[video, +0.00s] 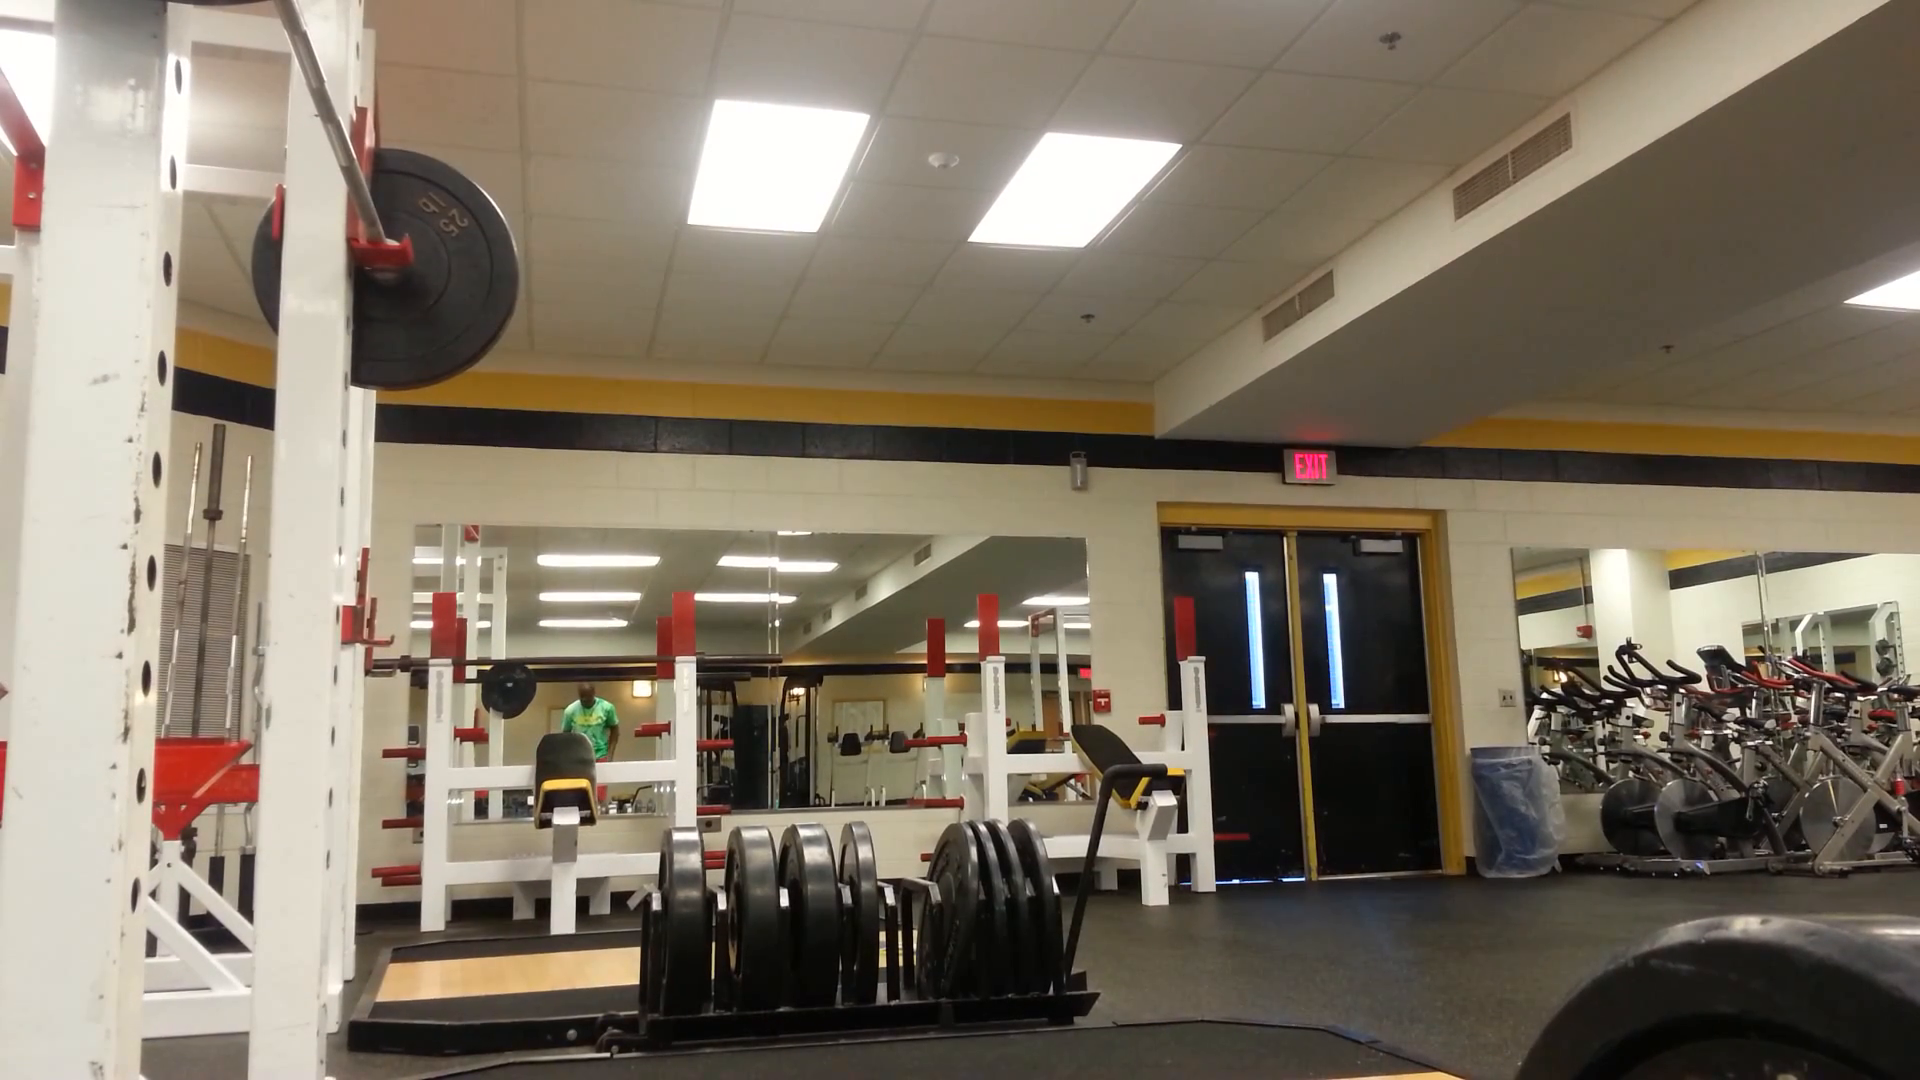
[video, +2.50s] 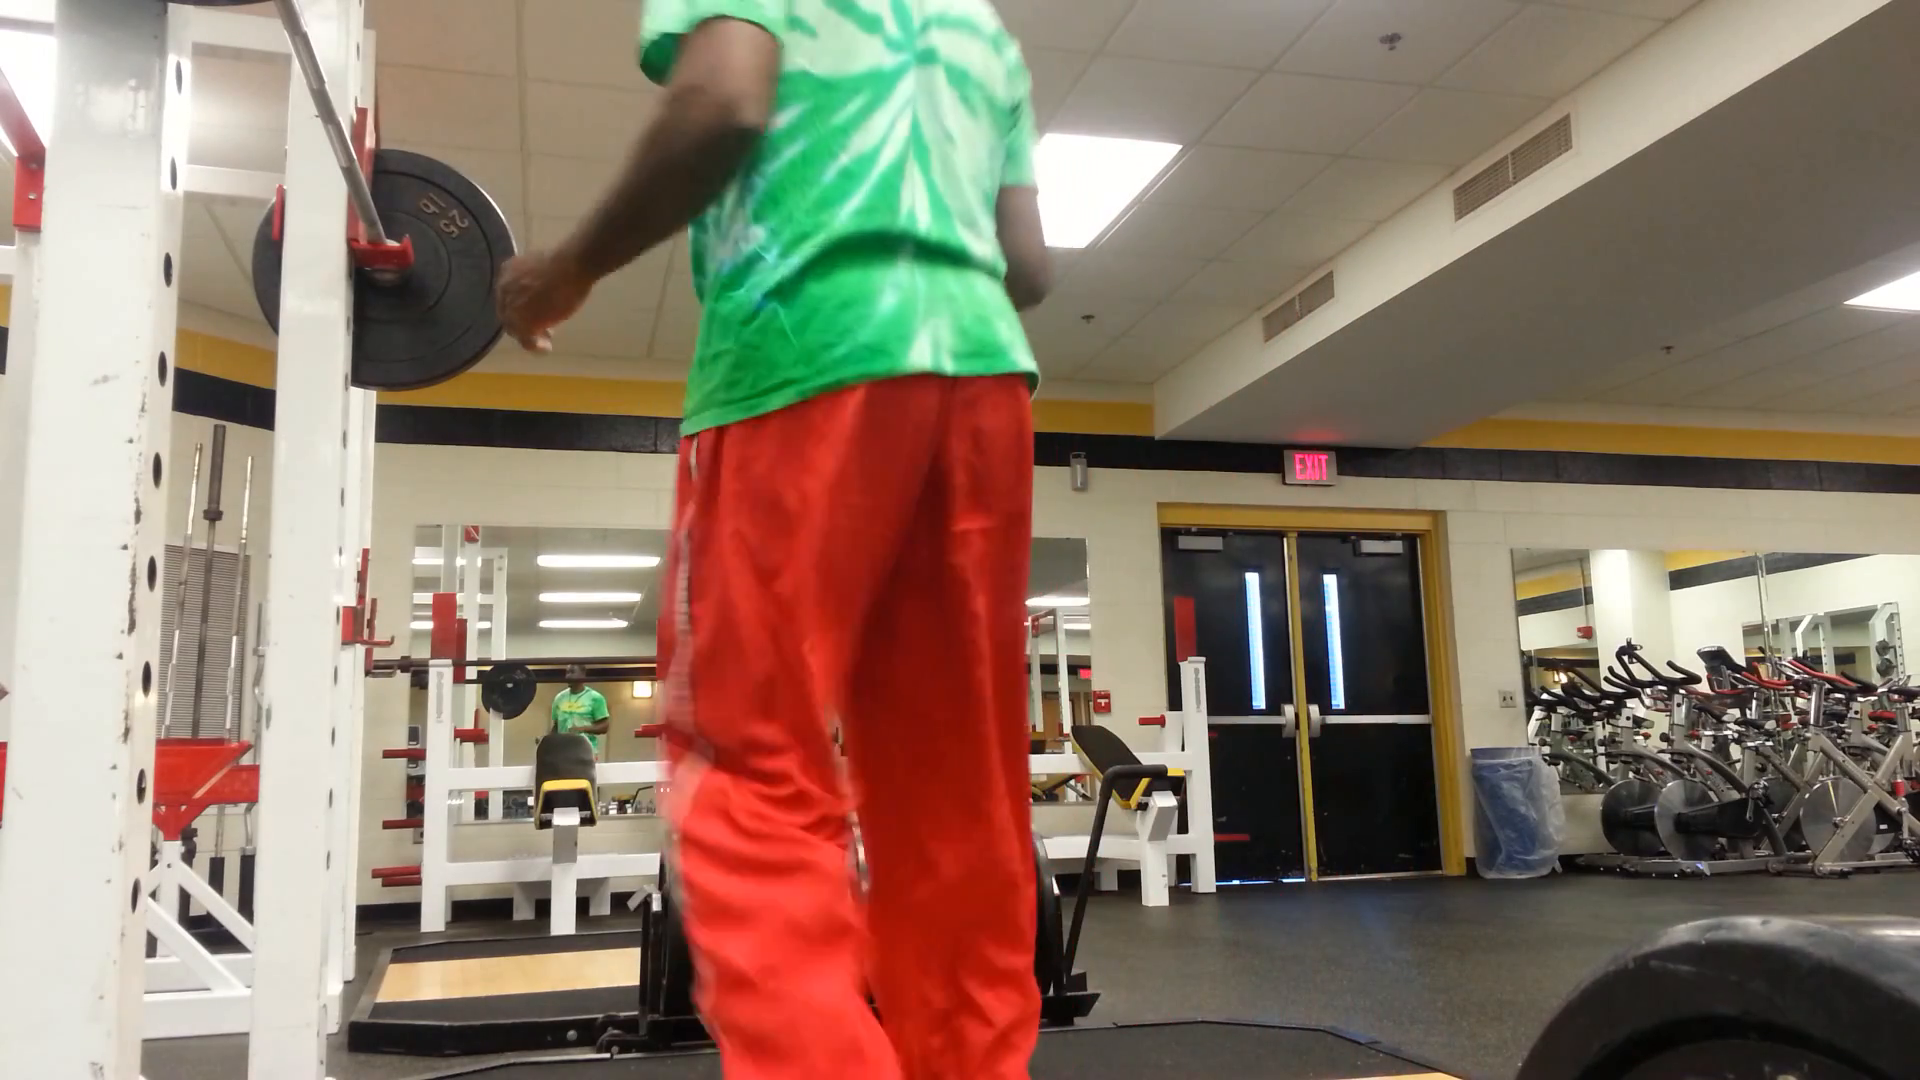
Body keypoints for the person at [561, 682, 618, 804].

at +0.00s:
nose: (585, 699)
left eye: (588, 696)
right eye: (582, 696)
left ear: (594, 693)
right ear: (579, 695)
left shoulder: (607, 708)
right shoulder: (570, 711)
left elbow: (615, 730)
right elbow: (565, 736)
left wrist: (610, 755)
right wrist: (566, 756)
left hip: (600, 758)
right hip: (578, 758)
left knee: (600, 795)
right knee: (580, 794)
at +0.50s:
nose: (577, 695)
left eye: (580, 691)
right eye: (575, 691)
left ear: (588, 689)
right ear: (572, 691)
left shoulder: (601, 706)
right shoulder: (568, 707)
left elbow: (615, 730)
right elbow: (569, 732)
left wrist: (612, 756)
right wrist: (569, 754)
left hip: (600, 757)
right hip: (578, 757)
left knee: (601, 797)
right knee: (580, 794)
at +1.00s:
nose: (574, 689)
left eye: (578, 685)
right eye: (572, 685)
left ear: (585, 685)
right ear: (570, 686)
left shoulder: (597, 702)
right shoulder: (562, 704)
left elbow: (609, 727)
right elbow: (559, 731)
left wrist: (605, 754)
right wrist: (560, 752)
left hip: (592, 753)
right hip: (570, 753)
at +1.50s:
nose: (576, 686)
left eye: (579, 682)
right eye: (573, 682)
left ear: (585, 683)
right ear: (570, 683)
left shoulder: (597, 702)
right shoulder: (560, 703)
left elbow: (609, 729)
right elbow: (557, 731)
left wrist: (602, 755)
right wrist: (556, 753)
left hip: (590, 752)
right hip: (567, 752)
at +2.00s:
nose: (571, 685)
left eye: (574, 681)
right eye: (568, 681)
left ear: (581, 681)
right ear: (566, 681)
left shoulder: (594, 700)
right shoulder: (558, 701)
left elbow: (601, 729)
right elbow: (554, 728)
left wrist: (579, 720)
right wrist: (552, 749)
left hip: (587, 751)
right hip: (563, 751)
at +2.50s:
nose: (568, 676)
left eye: (572, 672)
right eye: (567, 672)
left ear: (583, 674)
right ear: (565, 674)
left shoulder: (596, 698)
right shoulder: (559, 698)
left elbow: (604, 727)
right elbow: (556, 725)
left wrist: (582, 729)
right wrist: (547, 741)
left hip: (587, 752)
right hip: (564, 751)